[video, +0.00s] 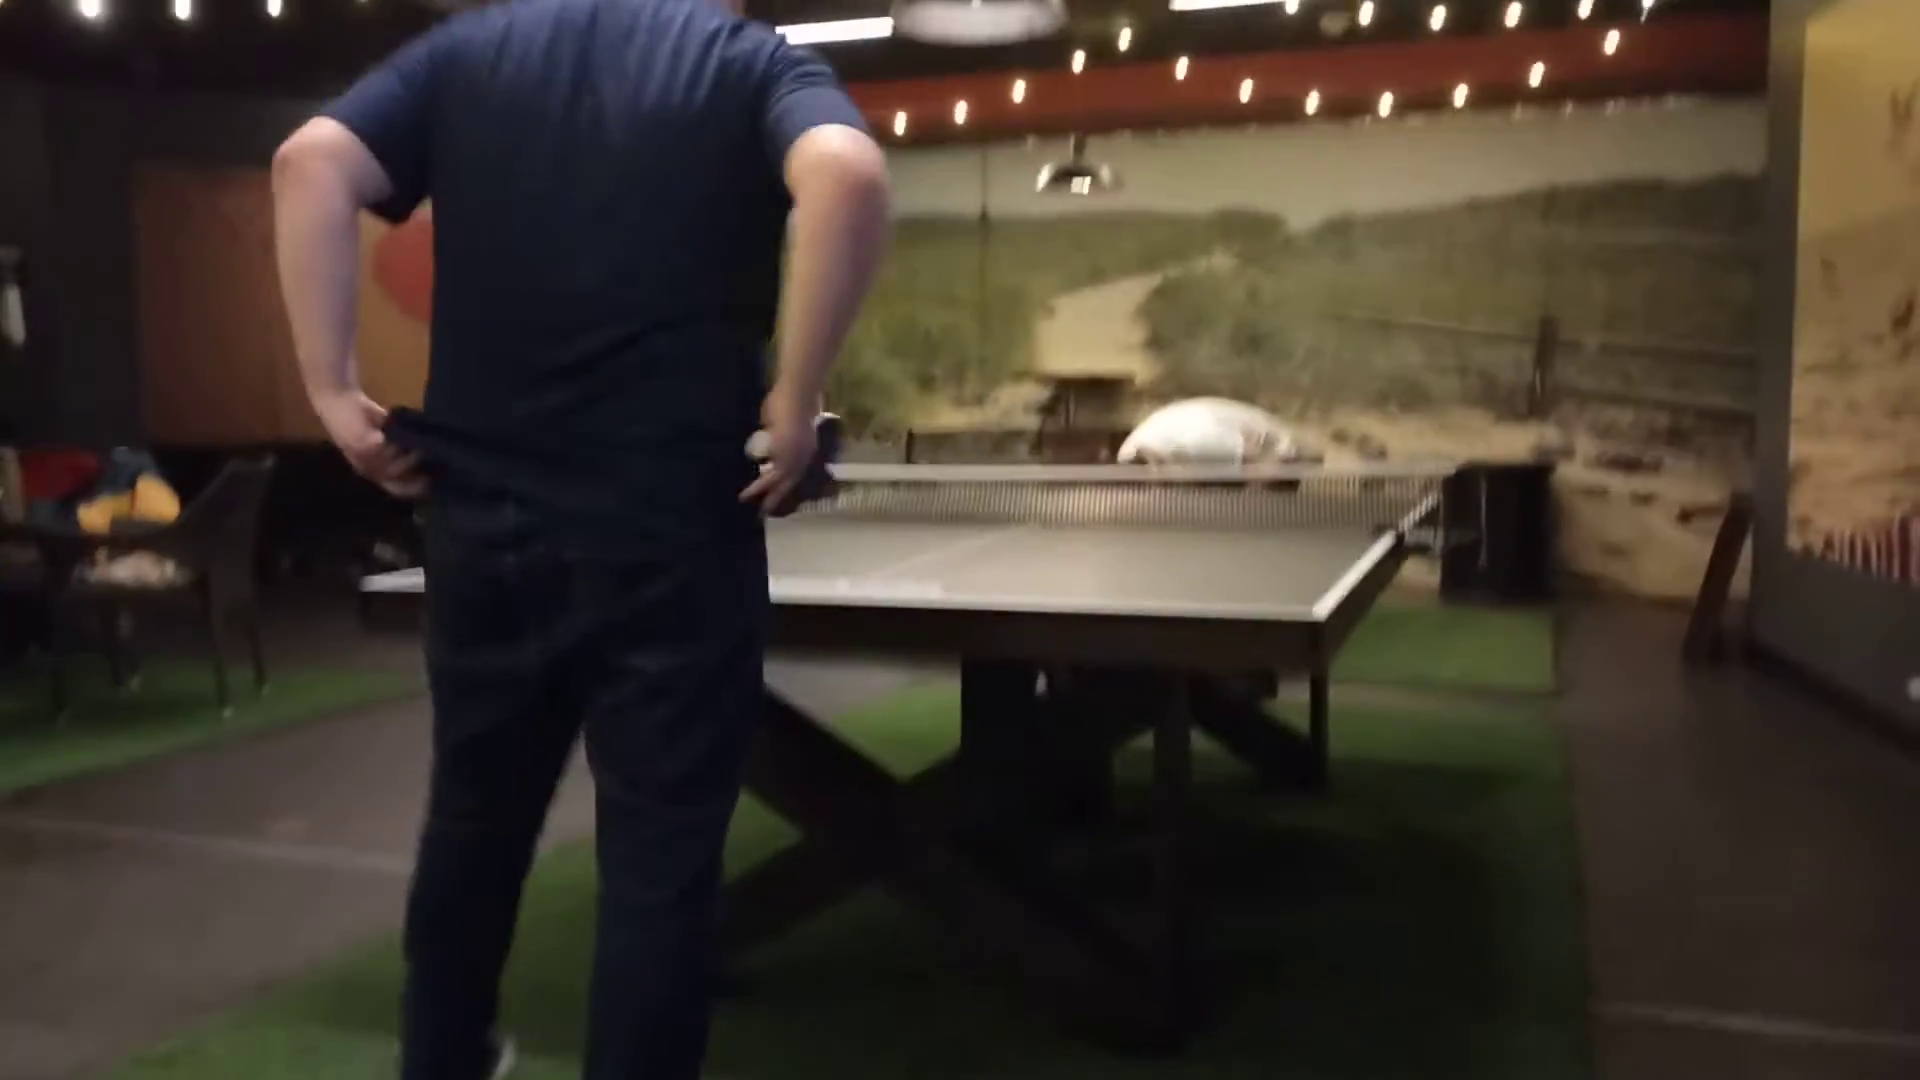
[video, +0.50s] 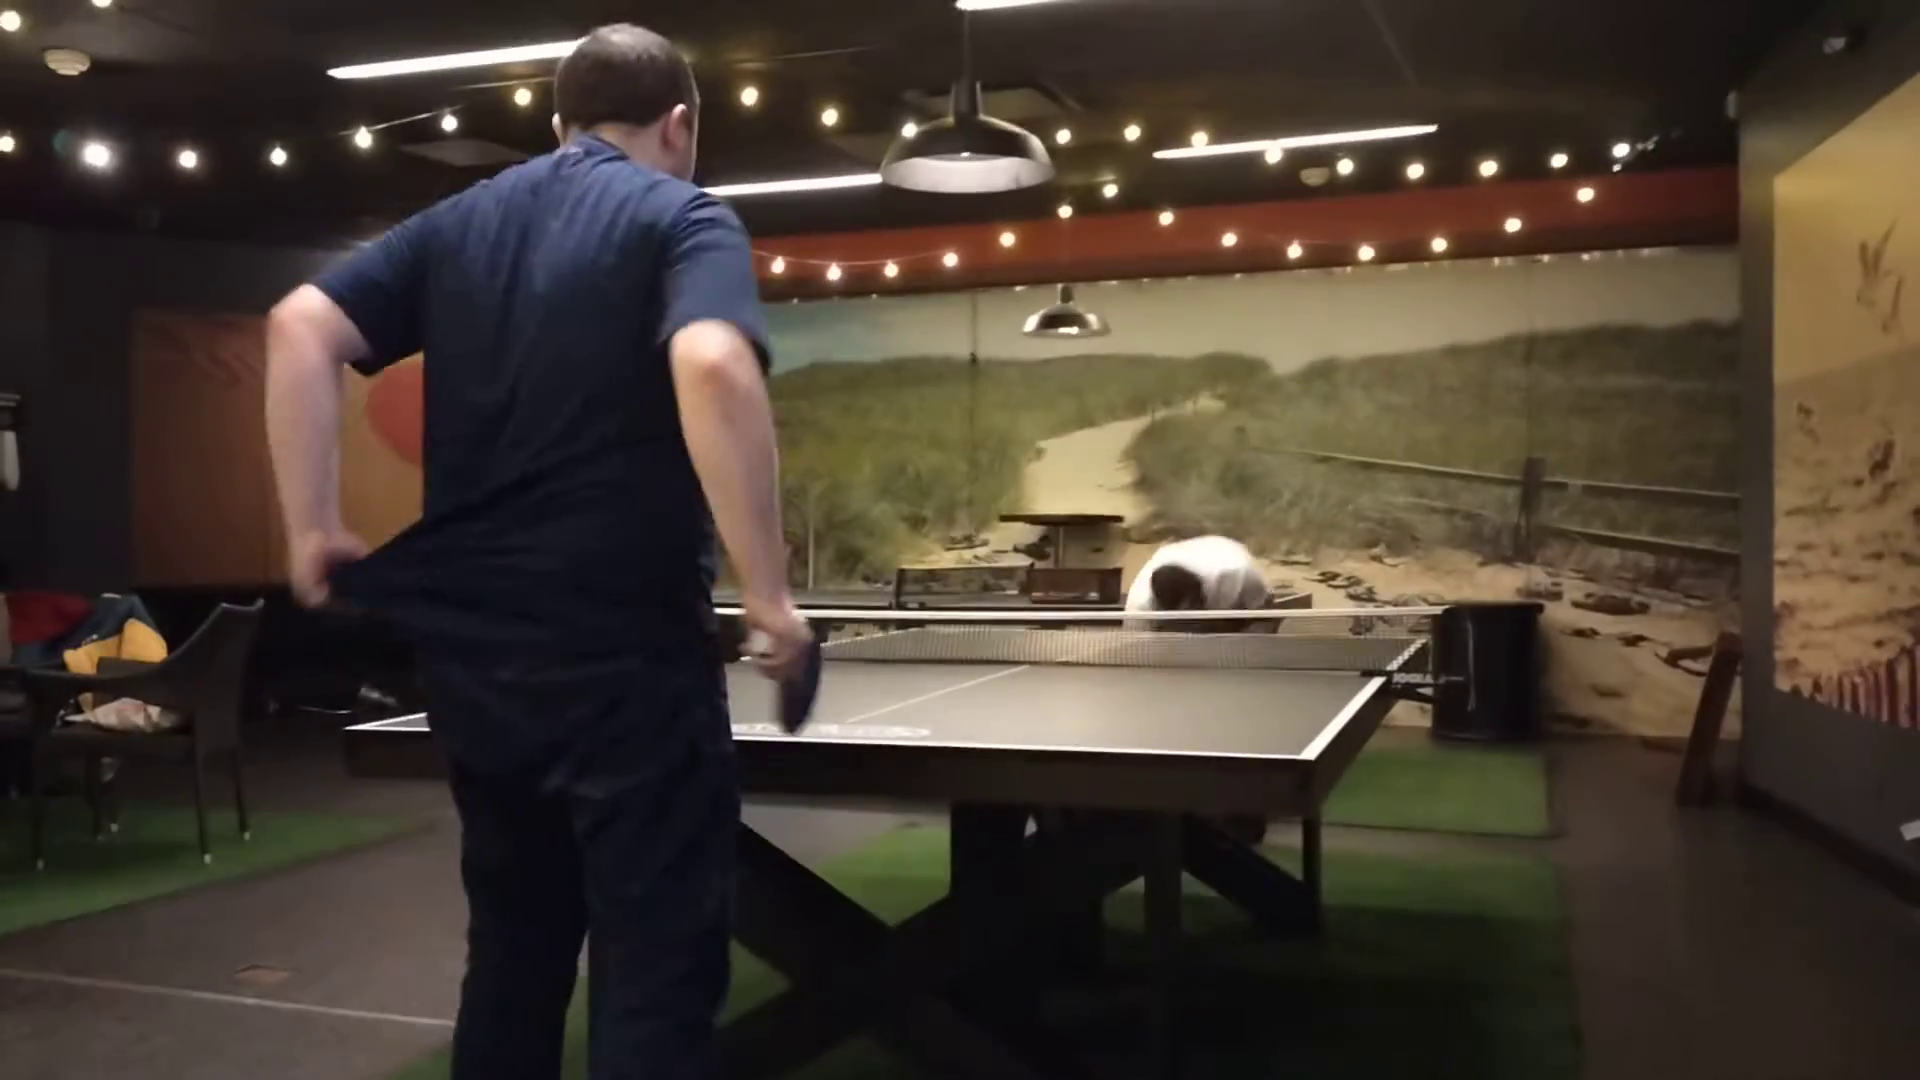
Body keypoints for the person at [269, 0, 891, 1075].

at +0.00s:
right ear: (728, 1)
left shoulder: (472, 45)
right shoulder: (756, 55)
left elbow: (314, 161)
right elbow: (846, 172)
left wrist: (334, 386)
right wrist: (797, 400)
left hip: (488, 533)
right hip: (678, 539)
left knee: (471, 831)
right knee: (659, 870)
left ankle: (443, 1061)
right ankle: (637, 1065)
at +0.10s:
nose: (752, 39)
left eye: (746, 29)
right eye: (753, 28)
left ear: (611, 18)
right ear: (737, 19)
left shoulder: (491, 103)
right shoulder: (747, 101)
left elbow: (319, 206)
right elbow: (811, 194)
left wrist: (353, 429)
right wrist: (772, 442)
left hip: (493, 567)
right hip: (673, 572)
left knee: (494, 866)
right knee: (663, 902)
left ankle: (469, 1065)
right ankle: (647, 1069)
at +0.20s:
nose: (744, 107)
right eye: (746, 92)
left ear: (605, 75)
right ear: (730, 82)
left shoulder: (492, 165)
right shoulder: (739, 150)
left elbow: (323, 265)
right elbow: (781, 231)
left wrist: (371, 472)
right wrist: (754, 476)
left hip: (498, 602)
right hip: (672, 606)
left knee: (513, 898)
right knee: (662, 927)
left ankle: (492, 1072)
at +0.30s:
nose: (731, 133)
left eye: (724, 123)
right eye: (732, 120)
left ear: (595, 110)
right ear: (715, 112)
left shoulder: (488, 192)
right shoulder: (731, 183)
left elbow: (314, 286)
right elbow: (764, 269)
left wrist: (366, 474)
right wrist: (746, 519)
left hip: (491, 634)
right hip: (660, 641)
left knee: (517, 953)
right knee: (661, 970)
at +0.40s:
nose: (711, 148)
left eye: (705, 134)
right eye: (711, 131)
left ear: (574, 120)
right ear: (695, 118)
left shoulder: (476, 202)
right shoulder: (712, 201)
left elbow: (300, 299)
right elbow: (747, 313)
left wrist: (344, 499)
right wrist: (746, 560)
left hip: (485, 640)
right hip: (646, 652)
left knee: (520, 951)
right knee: (659, 973)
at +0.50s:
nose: (693, 155)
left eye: (692, 139)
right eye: (694, 136)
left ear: (562, 124)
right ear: (675, 126)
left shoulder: (462, 219)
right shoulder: (682, 216)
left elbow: (304, 324)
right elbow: (712, 359)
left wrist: (312, 528)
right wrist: (770, 598)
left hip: (473, 649)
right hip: (626, 656)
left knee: (513, 952)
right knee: (661, 977)